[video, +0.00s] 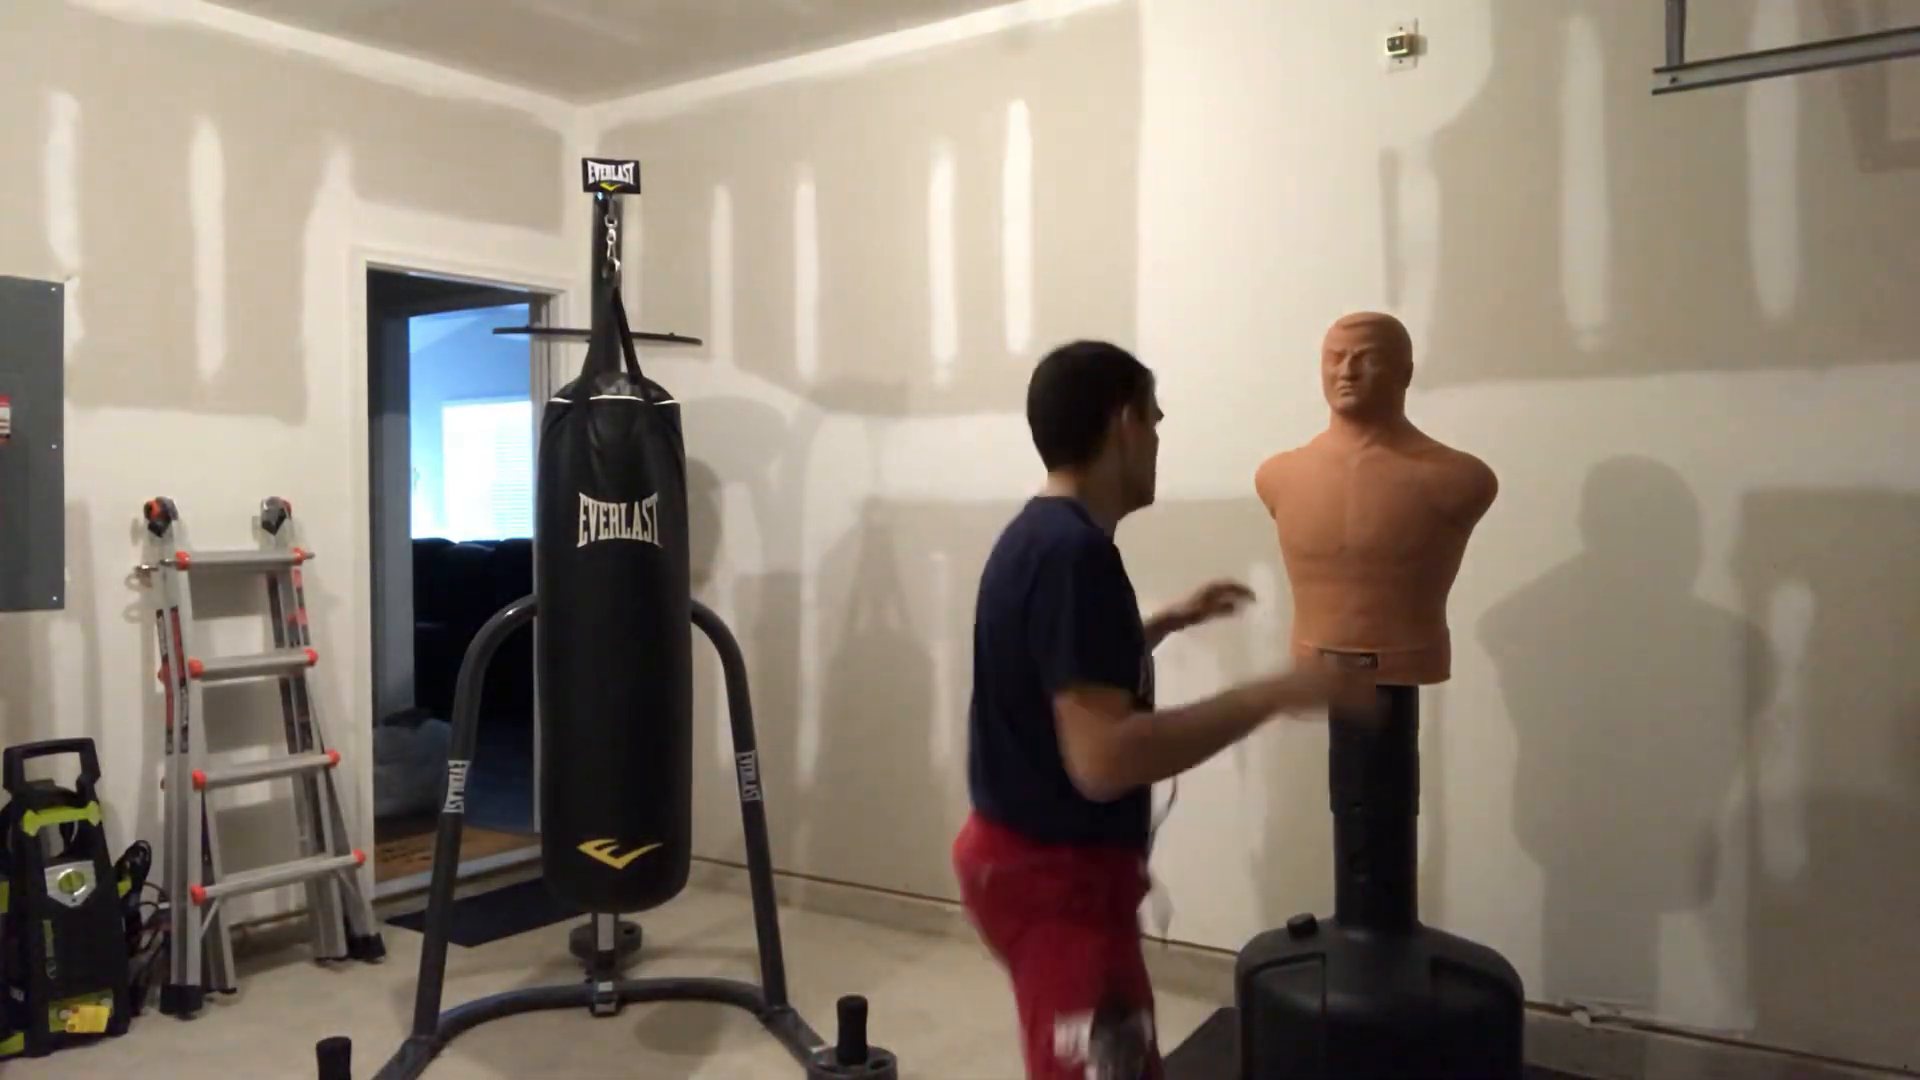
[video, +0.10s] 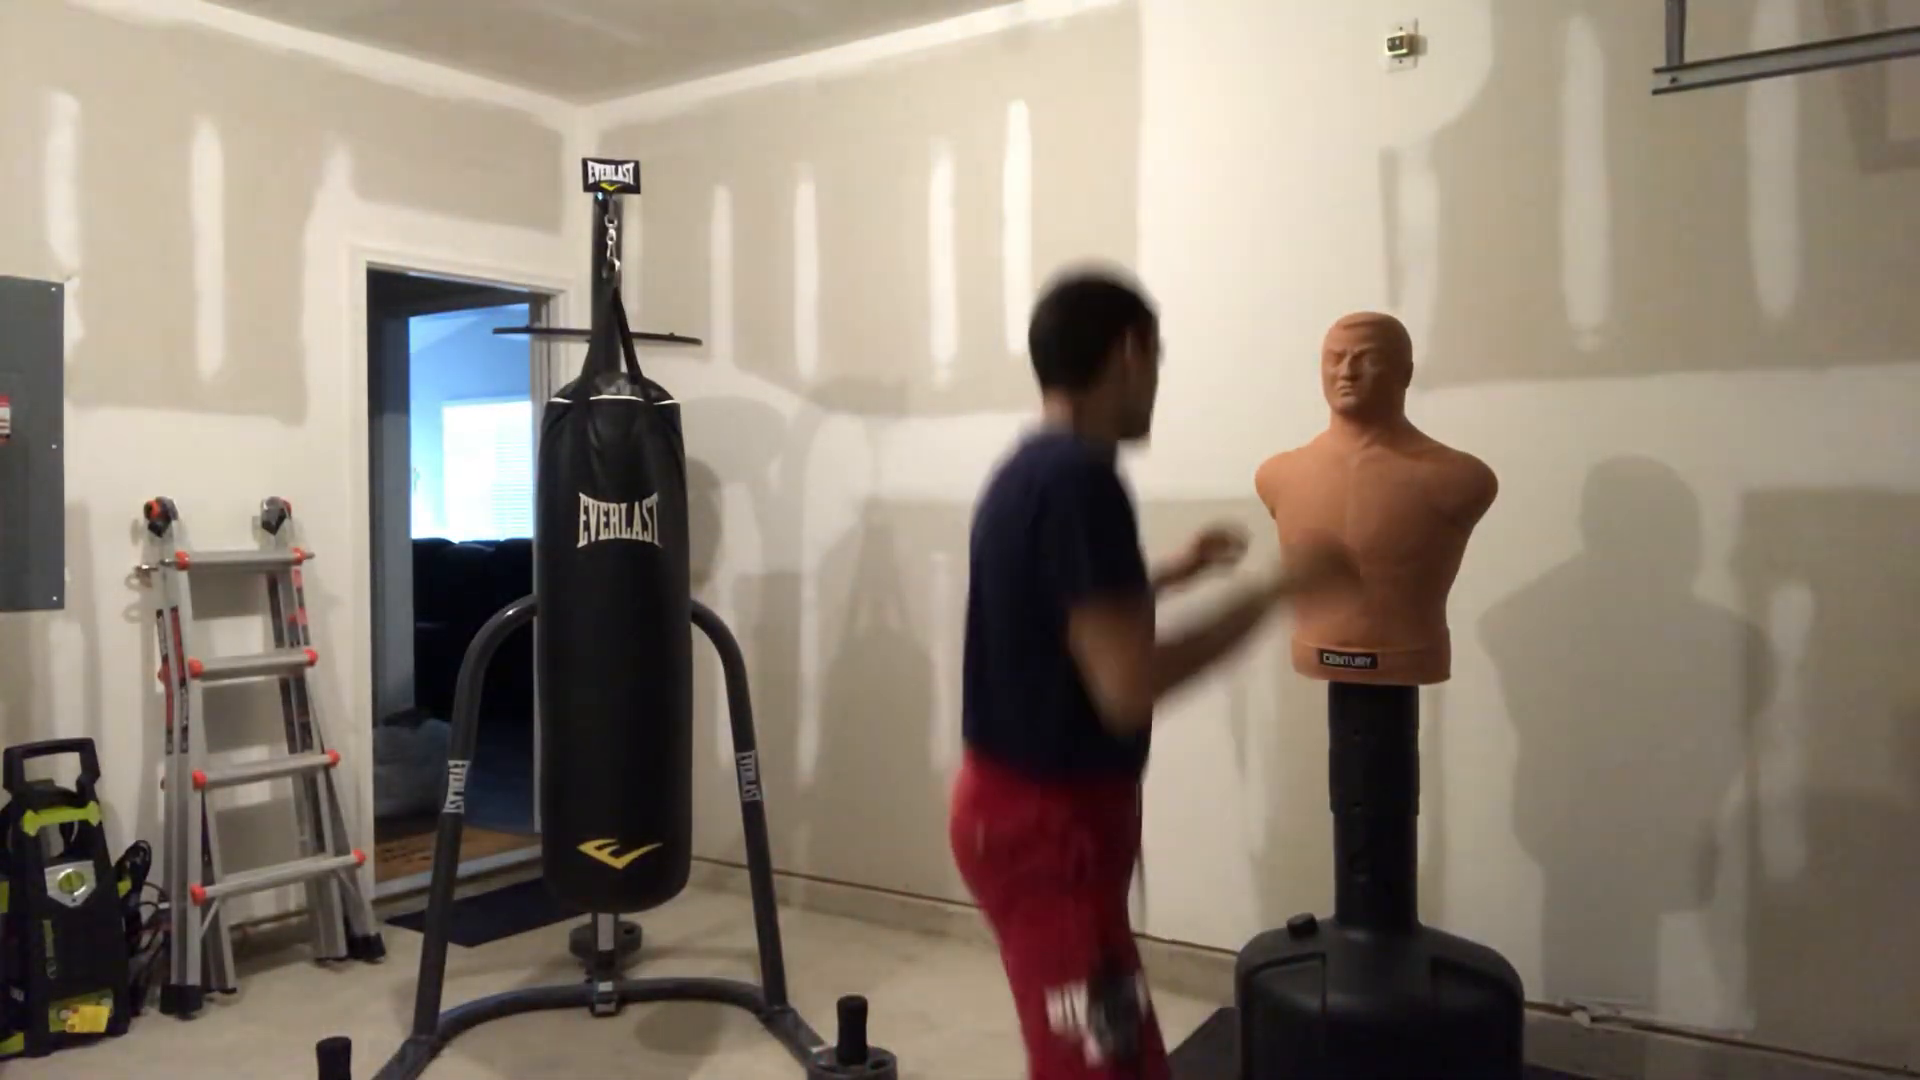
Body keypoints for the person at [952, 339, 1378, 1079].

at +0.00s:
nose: (1157, 445)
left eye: (1155, 423)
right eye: (1152, 422)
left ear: (1058, 435)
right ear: (1120, 425)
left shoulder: (1033, 537)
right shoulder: (1075, 550)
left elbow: (1063, 681)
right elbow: (1103, 757)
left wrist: (1168, 621)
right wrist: (1278, 693)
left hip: (1022, 850)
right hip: (1060, 868)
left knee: (1106, 1057)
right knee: (1102, 1063)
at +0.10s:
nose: (1156, 379)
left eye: (1156, 357)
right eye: (1154, 356)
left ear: (1051, 361)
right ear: (1126, 354)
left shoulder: (1030, 470)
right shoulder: (1078, 479)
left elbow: (1056, 612)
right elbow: (1128, 685)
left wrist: (1169, 572)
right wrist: (1269, 593)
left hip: (1020, 806)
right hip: (1052, 819)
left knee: (1088, 1052)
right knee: (1101, 1058)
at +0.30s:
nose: (1145, 339)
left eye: (1145, 316)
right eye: (1142, 315)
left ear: (1041, 318)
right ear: (1111, 314)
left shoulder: (1006, 408)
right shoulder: (1077, 420)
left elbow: (1074, 522)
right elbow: (1222, 577)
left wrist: (1172, 456)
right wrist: (1259, 488)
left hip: (1002, 752)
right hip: (1042, 768)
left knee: (1046, 1044)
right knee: (1069, 1051)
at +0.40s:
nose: (1142, 390)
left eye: (1140, 367)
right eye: (1137, 367)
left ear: (1027, 373)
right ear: (1104, 372)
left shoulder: (989, 484)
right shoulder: (1071, 492)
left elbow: (1078, 568)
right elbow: (1256, 625)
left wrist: (1161, 477)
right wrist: (1272, 521)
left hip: (982, 821)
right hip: (1045, 839)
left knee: (1028, 1062)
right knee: (1068, 1066)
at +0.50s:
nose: (1144, 398)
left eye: (1144, 376)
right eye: (1142, 375)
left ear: (1025, 375)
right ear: (1111, 376)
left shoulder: (974, 494)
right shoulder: (1084, 501)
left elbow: (1061, 616)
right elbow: (1242, 673)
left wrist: (1146, 516)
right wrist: (1274, 553)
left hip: (962, 843)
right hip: (1035, 855)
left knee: (1011, 1064)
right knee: (1088, 1065)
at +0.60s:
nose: (1144, 374)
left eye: (1145, 353)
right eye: (1143, 351)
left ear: (1024, 346)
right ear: (1115, 349)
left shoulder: (967, 469)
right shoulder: (1091, 467)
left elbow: (1049, 576)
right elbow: (1252, 633)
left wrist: (1146, 489)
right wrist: (1274, 522)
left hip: (965, 823)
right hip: (1033, 839)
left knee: (1014, 1061)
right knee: (1071, 1065)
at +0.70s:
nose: (1143, 368)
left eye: (1146, 346)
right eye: (1143, 345)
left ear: (1024, 342)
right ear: (1115, 342)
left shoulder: (972, 461)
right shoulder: (1097, 464)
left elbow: (1075, 549)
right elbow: (1272, 606)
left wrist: (1158, 453)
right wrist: (1278, 484)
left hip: (958, 816)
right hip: (1032, 833)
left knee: (1006, 1061)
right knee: (1070, 1064)